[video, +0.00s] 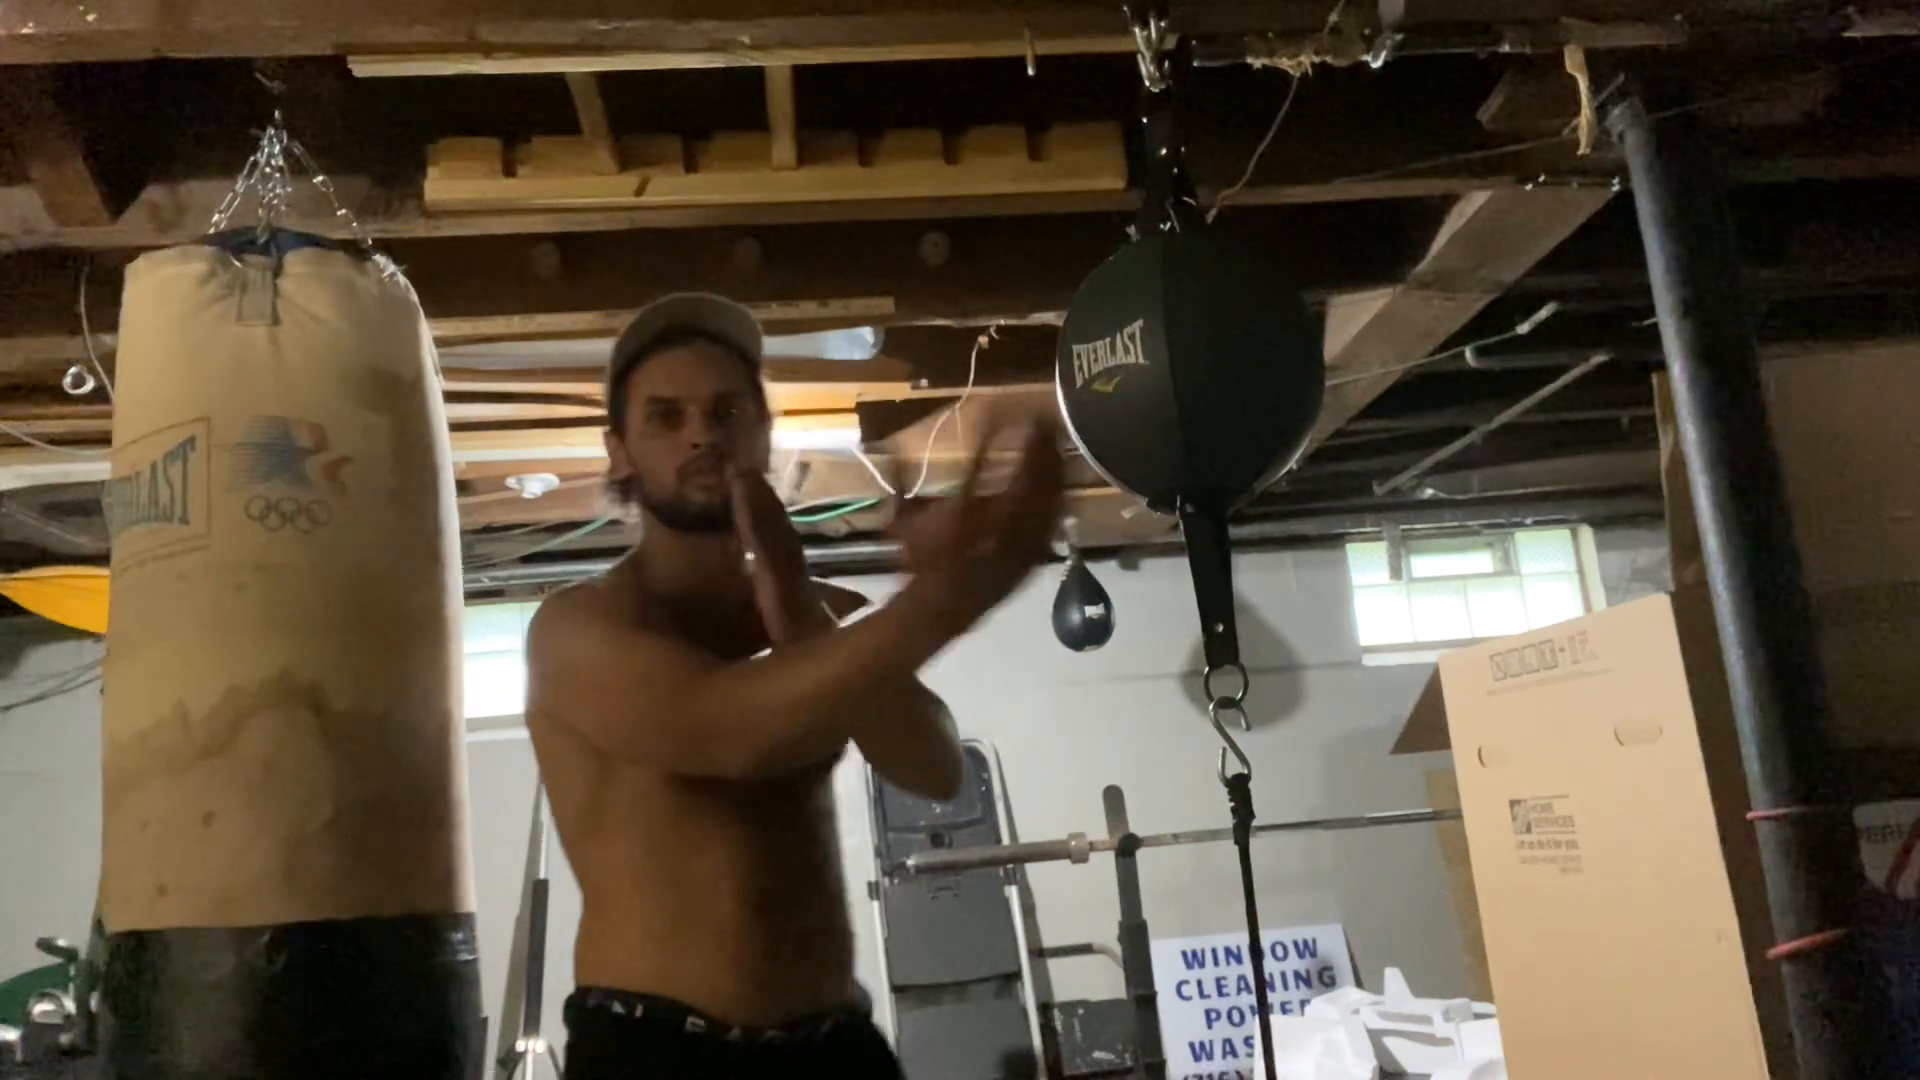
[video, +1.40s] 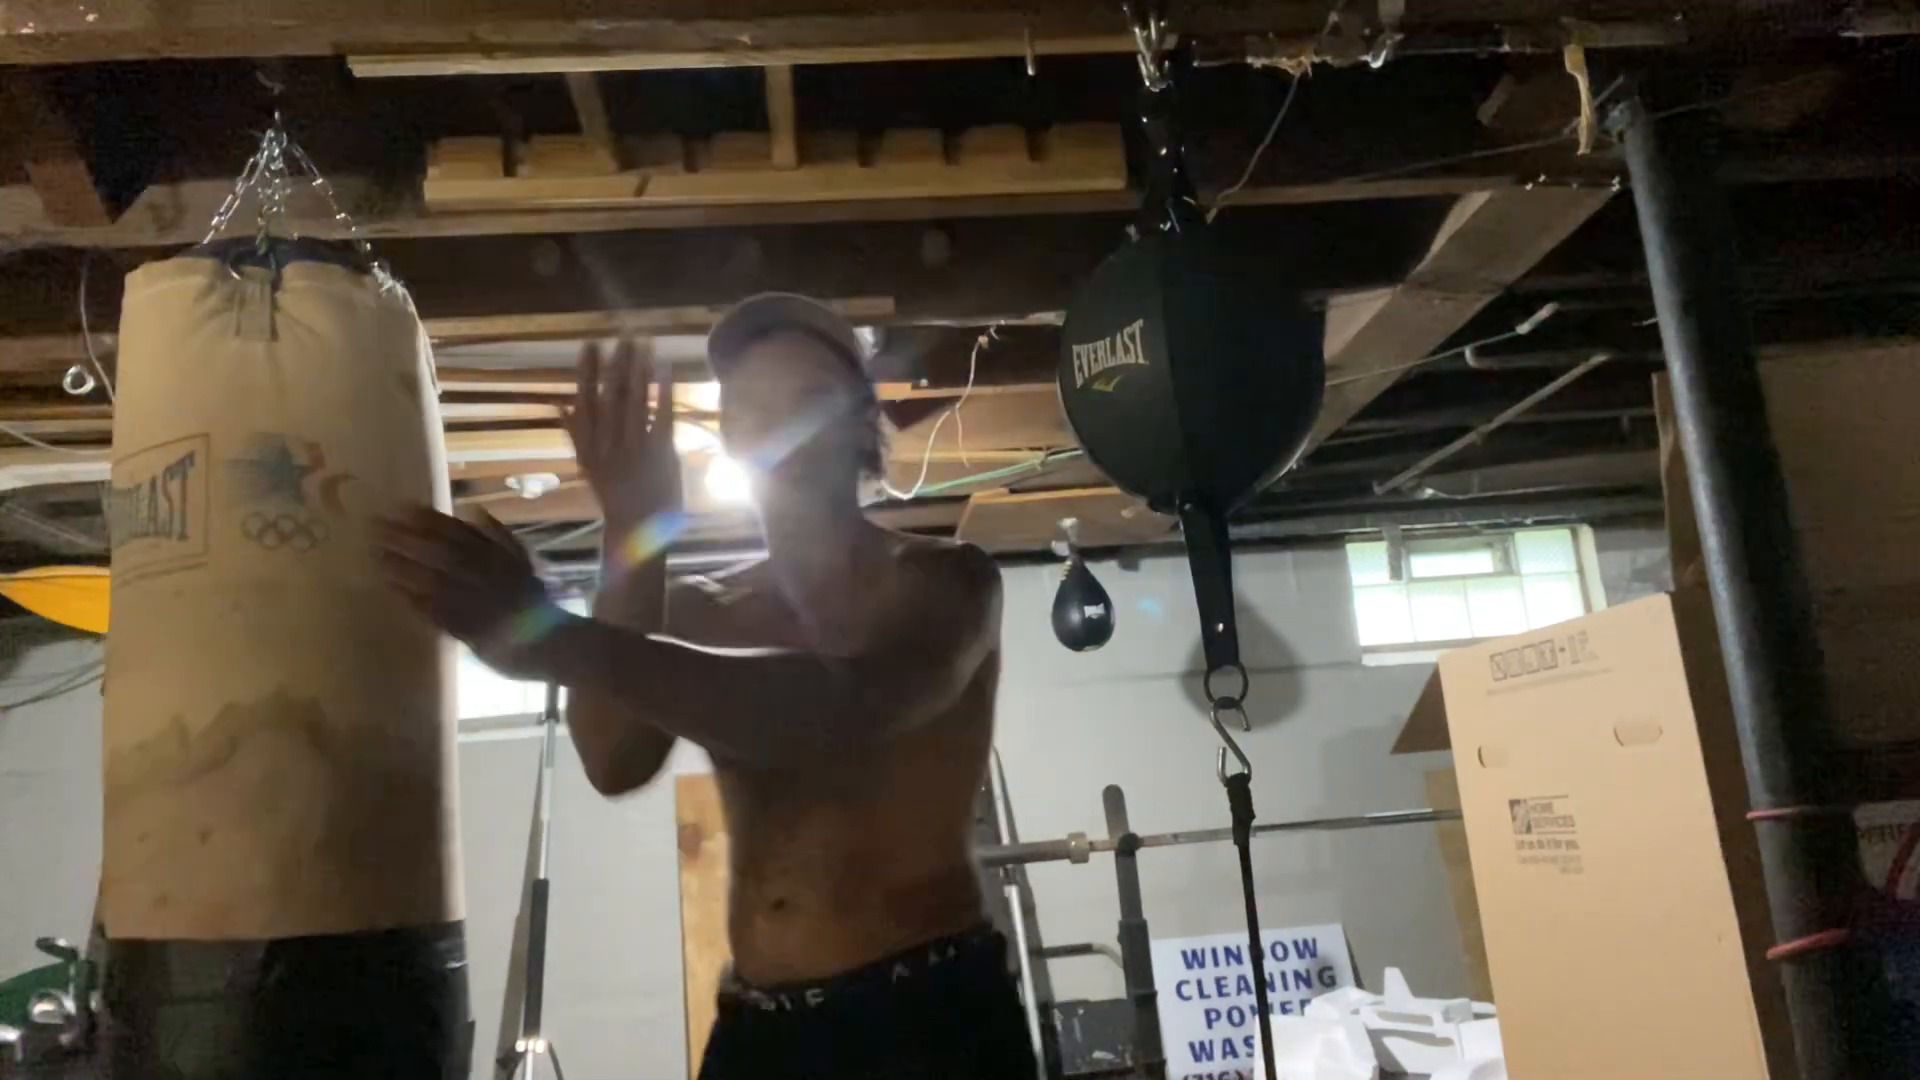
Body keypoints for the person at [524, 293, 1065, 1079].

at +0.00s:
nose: (703, 439)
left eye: (727, 412)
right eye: (665, 417)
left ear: (767, 439)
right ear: (621, 455)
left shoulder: (823, 613)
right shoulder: (576, 628)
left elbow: (936, 772)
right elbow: (734, 732)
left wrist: (806, 638)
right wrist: (942, 599)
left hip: (829, 1044)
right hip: (652, 1047)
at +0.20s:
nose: (713, 435)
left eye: (740, 406)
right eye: (685, 412)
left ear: (789, 445)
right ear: (645, 452)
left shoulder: (878, 618)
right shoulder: (587, 631)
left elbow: (987, 827)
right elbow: (637, 737)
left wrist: (858, 763)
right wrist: (708, 530)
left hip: (859, 1045)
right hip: (669, 1048)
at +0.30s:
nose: (712, 448)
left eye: (738, 421)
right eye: (685, 424)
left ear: (787, 453)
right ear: (648, 454)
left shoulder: (881, 621)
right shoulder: (576, 638)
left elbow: (962, 826)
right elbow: (600, 734)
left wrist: (820, 803)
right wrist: (646, 495)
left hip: (859, 1047)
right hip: (667, 1052)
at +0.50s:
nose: (689, 450)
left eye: (719, 425)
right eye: (659, 429)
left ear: (768, 452)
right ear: (626, 459)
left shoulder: (862, 610)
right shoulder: (589, 628)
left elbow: (836, 804)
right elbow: (578, 764)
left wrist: (622, 780)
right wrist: (582, 513)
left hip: (837, 1040)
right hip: (642, 1050)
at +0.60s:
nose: (689, 452)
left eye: (719, 423)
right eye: (660, 429)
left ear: (771, 444)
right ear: (629, 458)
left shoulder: (860, 606)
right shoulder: (576, 638)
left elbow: (810, 776)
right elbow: (574, 804)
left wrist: (547, 742)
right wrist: (586, 562)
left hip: (837, 1039)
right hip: (649, 1051)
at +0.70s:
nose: (704, 448)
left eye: (735, 415)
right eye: (674, 422)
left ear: (789, 438)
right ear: (650, 451)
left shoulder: (874, 593)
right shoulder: (647, 628)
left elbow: (772, 747)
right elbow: (585, 810)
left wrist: (460, 685)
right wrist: (590, 576)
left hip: (854, 1027)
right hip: (682, 1041)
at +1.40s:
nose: (786, 437)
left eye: (814, 405)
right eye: (755, 416)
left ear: (869, 430)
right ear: (727, 447)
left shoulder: (949, 582)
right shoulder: (705, 606)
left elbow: (837, 717)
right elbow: (615, 765)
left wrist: (555, 640)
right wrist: (632, 535)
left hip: (929, 1007)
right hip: (762, 1025)